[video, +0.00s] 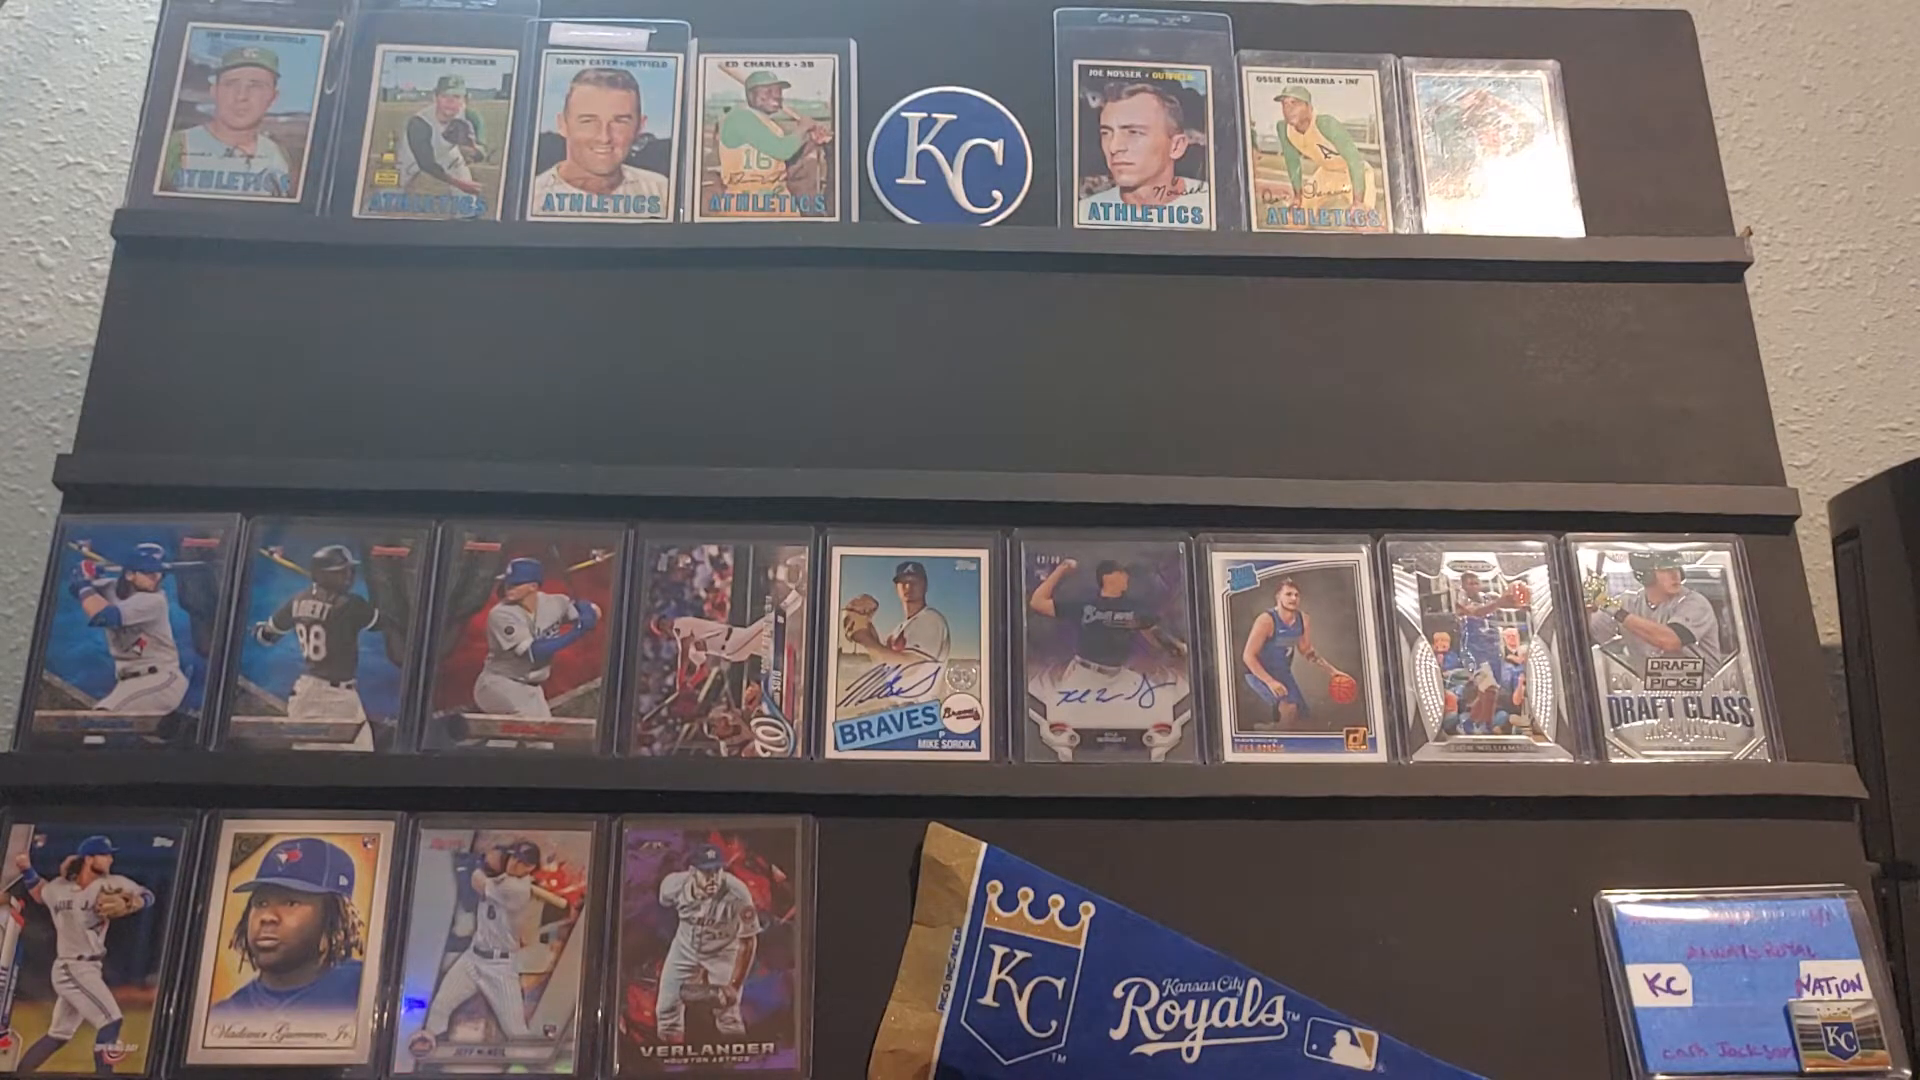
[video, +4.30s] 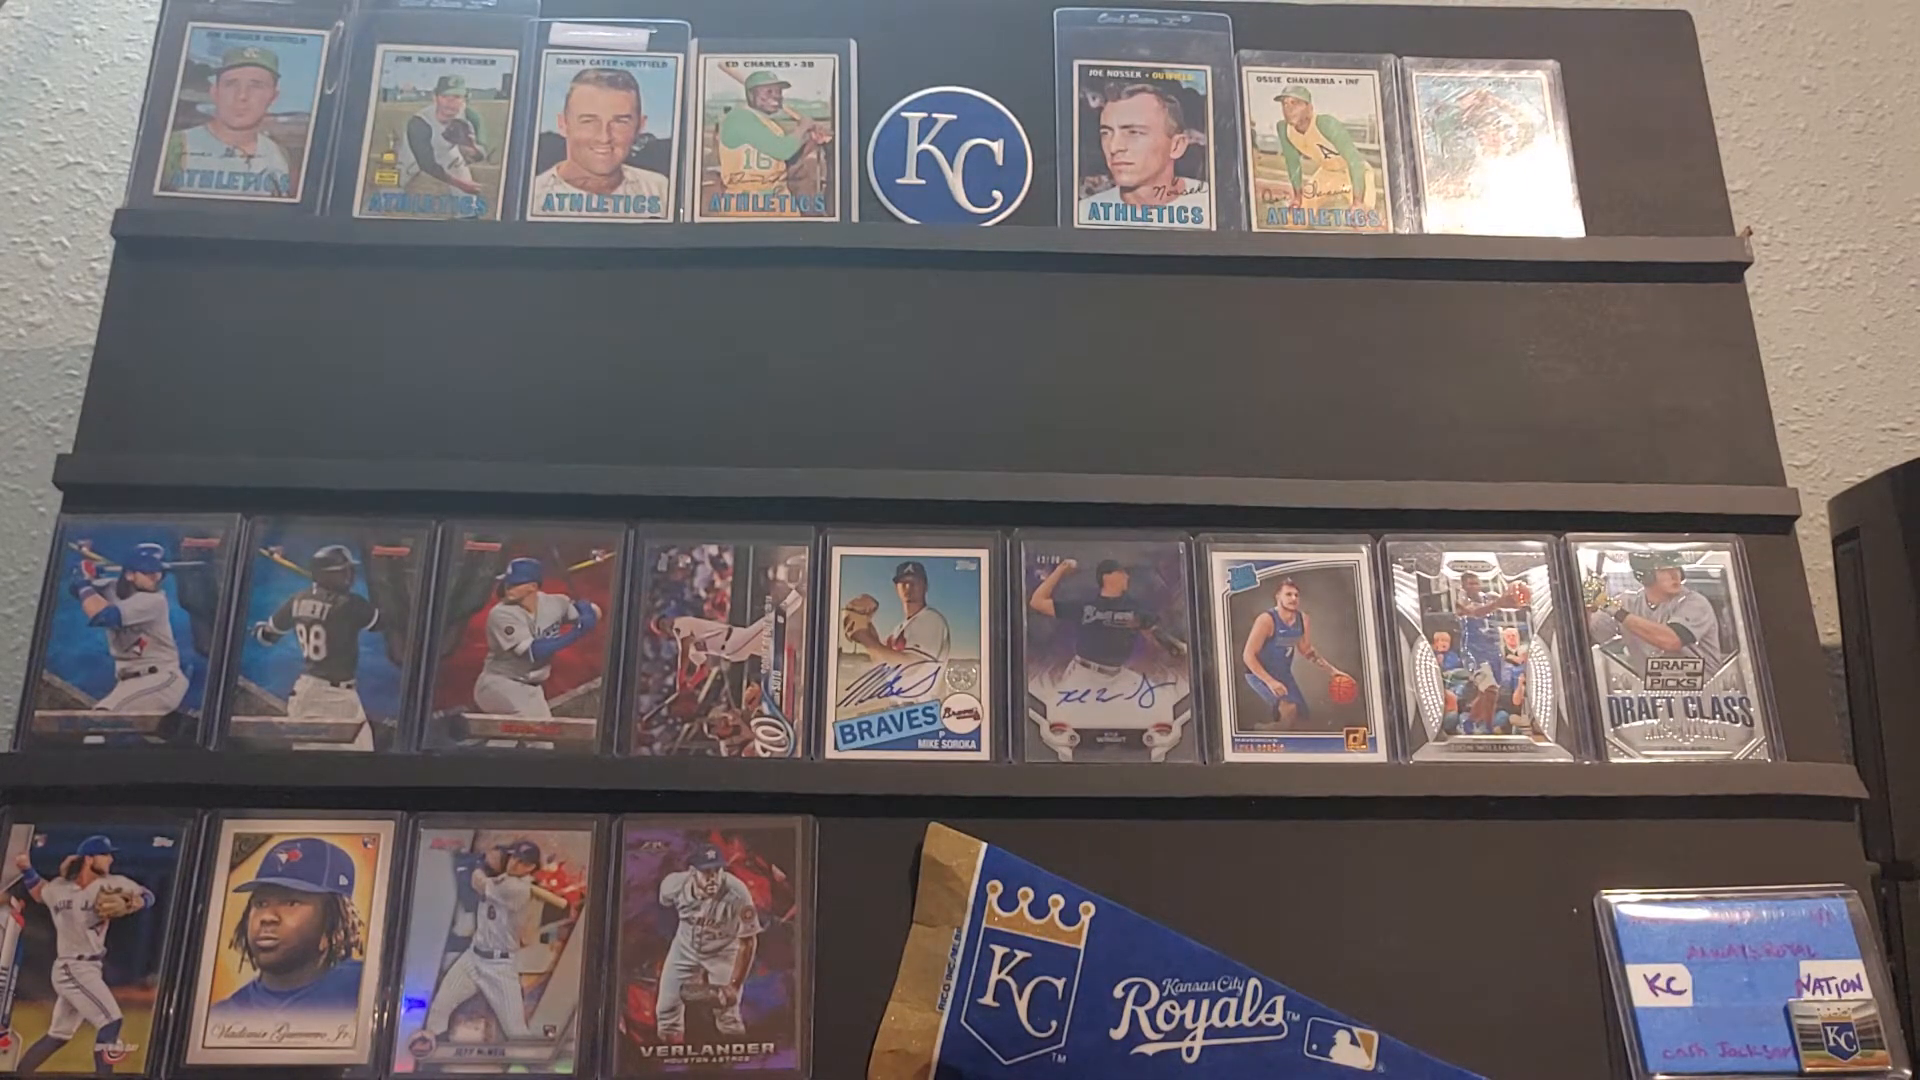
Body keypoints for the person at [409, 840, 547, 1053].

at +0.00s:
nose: (513, 864)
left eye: (520, 862)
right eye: (513, 858)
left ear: (530, 869)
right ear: (509, 858)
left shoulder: (518, 889)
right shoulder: (501, 878)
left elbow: (477, 882)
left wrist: (483, 866)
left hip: (501, 965)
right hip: (473, 958)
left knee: (515, 1030)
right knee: (440, 1005)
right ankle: (425, 1061)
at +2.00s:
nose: (514, 863)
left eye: (521, 861)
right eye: (514, 859)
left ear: (531, 868)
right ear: (510, 859)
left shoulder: (518, 889)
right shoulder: (502, 879)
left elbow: (478, 883)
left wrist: (480, 866)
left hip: (500, 965)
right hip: (473, 958)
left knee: (516, 1031)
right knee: (439, 1007)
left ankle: (534, 1070)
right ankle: (423, 1065)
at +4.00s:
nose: (515, 864)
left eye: (522, 862)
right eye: (514, 858)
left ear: (531, 869)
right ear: (509, 858)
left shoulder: (518, 889)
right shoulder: (503, 879)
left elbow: (478, 882)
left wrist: (481, 867)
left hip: (500, 965)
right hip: (473, 957)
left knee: (515, 1030)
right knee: (440, 1006)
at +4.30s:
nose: (515, 864)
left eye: (522, 862)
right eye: (514, 858)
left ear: (531, 868)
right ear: (509, 858)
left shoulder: (517, 889)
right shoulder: (502, 879)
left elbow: (478, 882)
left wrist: (481, 867)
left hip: (500, 966)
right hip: (473, 958)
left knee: (516, 1031)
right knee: (440, 1006)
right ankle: (425, 1066)